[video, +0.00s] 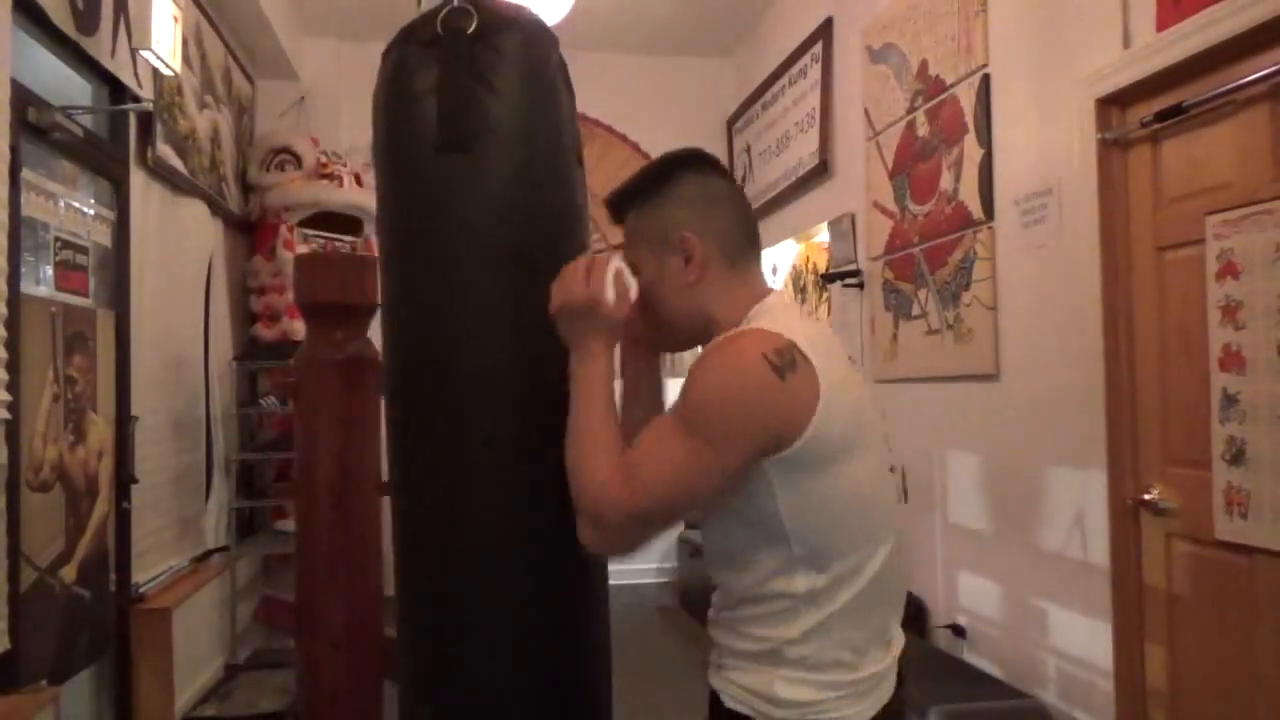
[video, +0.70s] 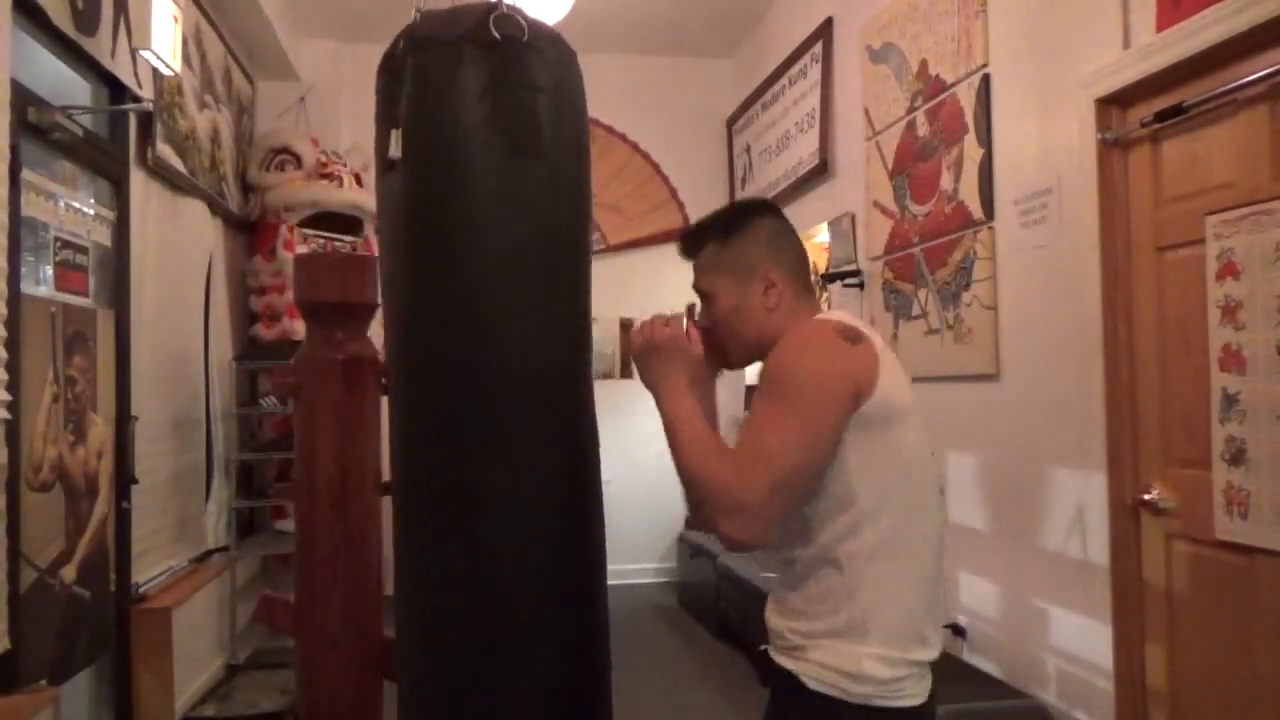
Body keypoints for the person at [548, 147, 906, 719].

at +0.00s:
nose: (635, 295)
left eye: (638, 273)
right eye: (632, 276)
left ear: (689, 259)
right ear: (693, 258)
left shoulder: (751, 362)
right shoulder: (790, 330)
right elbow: (645, 496)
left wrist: (585, 347)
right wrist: (639, 345)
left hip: (786, 704)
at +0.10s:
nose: (676, 299)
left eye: (673, 279)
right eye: (669, 282)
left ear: (715, 262)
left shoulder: (741, 349)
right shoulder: (822, 328)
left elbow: (594, 480)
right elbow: (710, 492)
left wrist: (609, 316)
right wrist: (687, 318)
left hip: (781, 700)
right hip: (876, 680)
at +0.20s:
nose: (704, 326)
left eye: (700, 305)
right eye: (697, 310)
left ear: (735, 279)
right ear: (796, 274)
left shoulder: (740, 349)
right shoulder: (881, 358)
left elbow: (612, 490)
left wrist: (615, 344)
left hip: (773, 702)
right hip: (893, 689)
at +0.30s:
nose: (716, 349)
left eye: (716, 331)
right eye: (714, 335)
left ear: (749, 307)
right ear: (811, 303)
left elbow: (644, 528)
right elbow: (934, 539)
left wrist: (624, 396)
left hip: (777, 702)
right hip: (907, 696)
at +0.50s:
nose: (728, 378)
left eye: (725, 362)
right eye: (722, 366)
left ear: (760, 330)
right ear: (813, 326)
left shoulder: (767, 376)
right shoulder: (899, 388)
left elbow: (680, 540)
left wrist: (640, 418)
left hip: (810, 704)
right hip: (922, 697)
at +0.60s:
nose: (715, 352)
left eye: (716, 330)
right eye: (710, 334)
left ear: (763, 307)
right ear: (779, 308)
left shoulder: (792, 355)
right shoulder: (865, 358)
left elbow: (700, 520)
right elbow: (774, 542)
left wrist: (655, 389)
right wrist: (730, 414)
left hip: (832, 697)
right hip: (912, 689)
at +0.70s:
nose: (698, 321)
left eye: (706, 299)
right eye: (698, 301)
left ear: (768, 292)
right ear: (771, 294)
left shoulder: (822, 346)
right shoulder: (837, 344)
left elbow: (740, 518)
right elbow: (726, 514)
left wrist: (673, 387)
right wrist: (697, 383)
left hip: (845, 692)